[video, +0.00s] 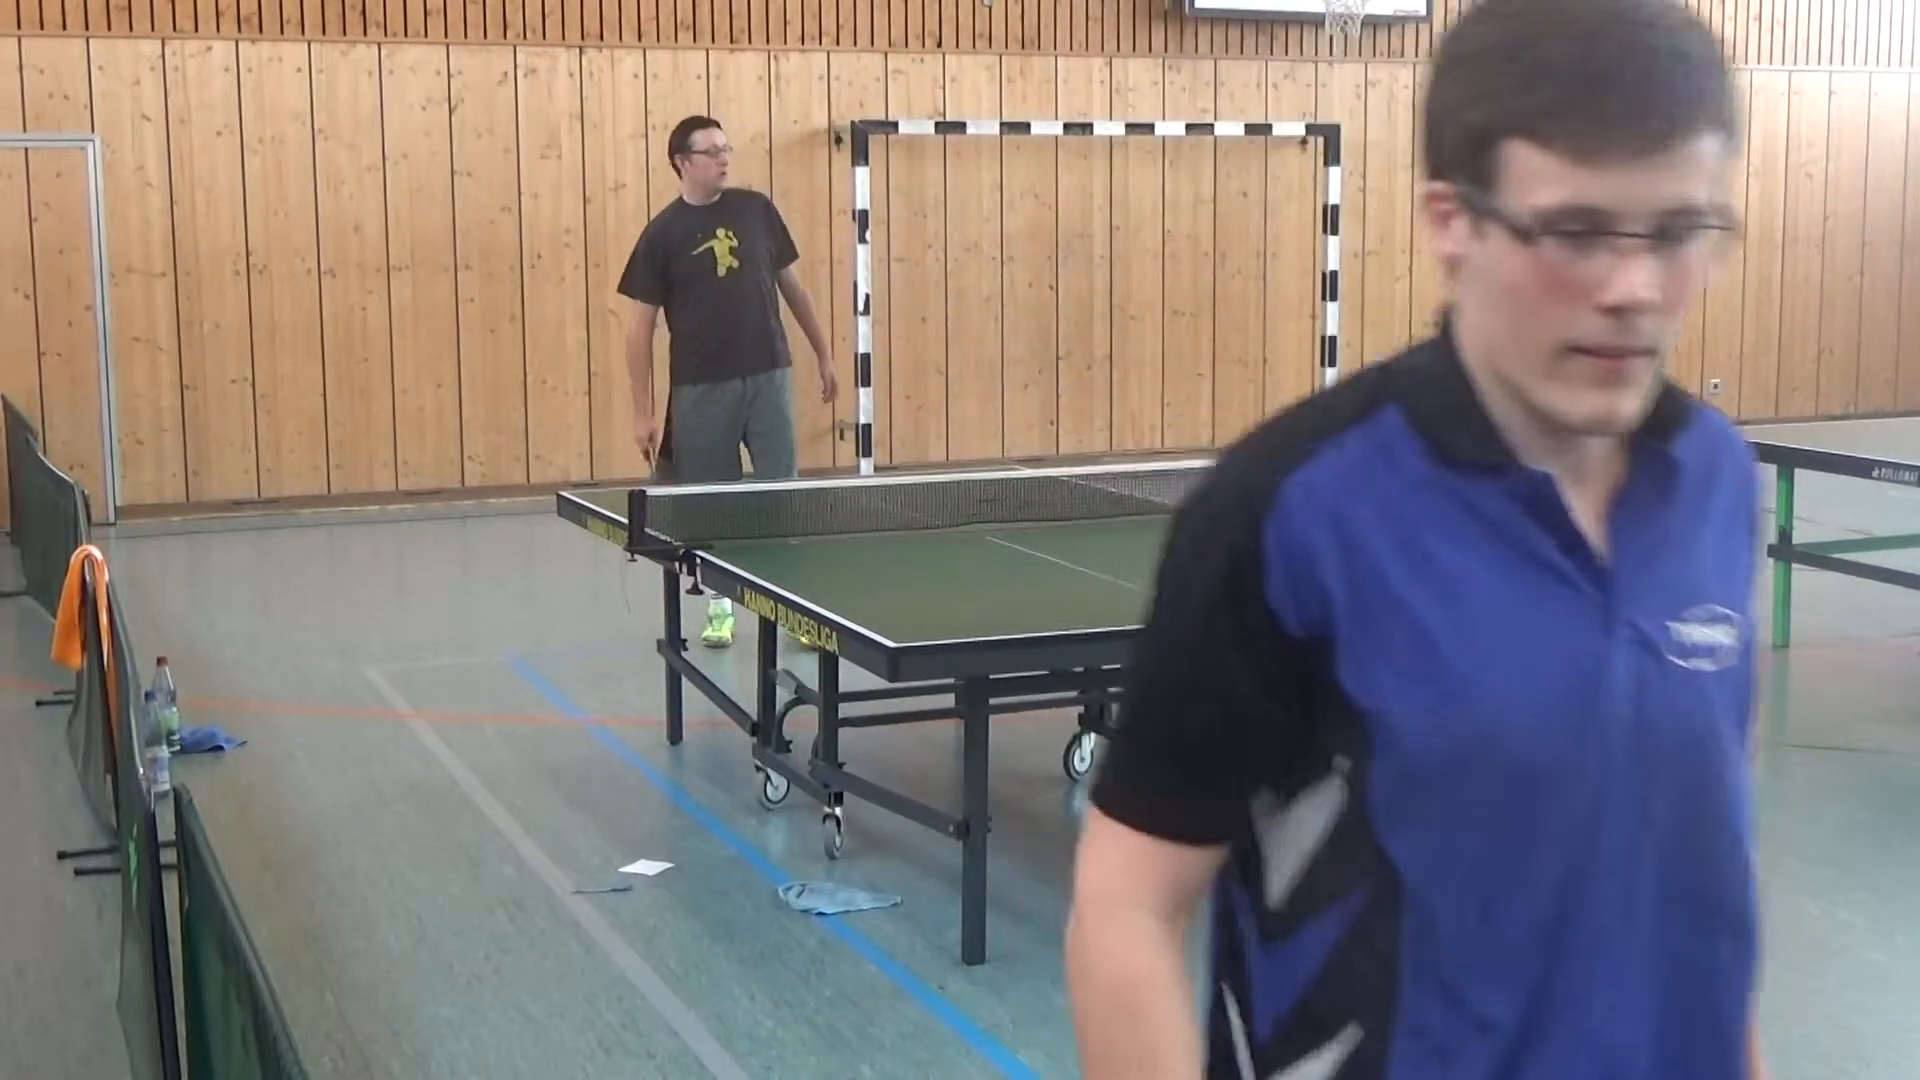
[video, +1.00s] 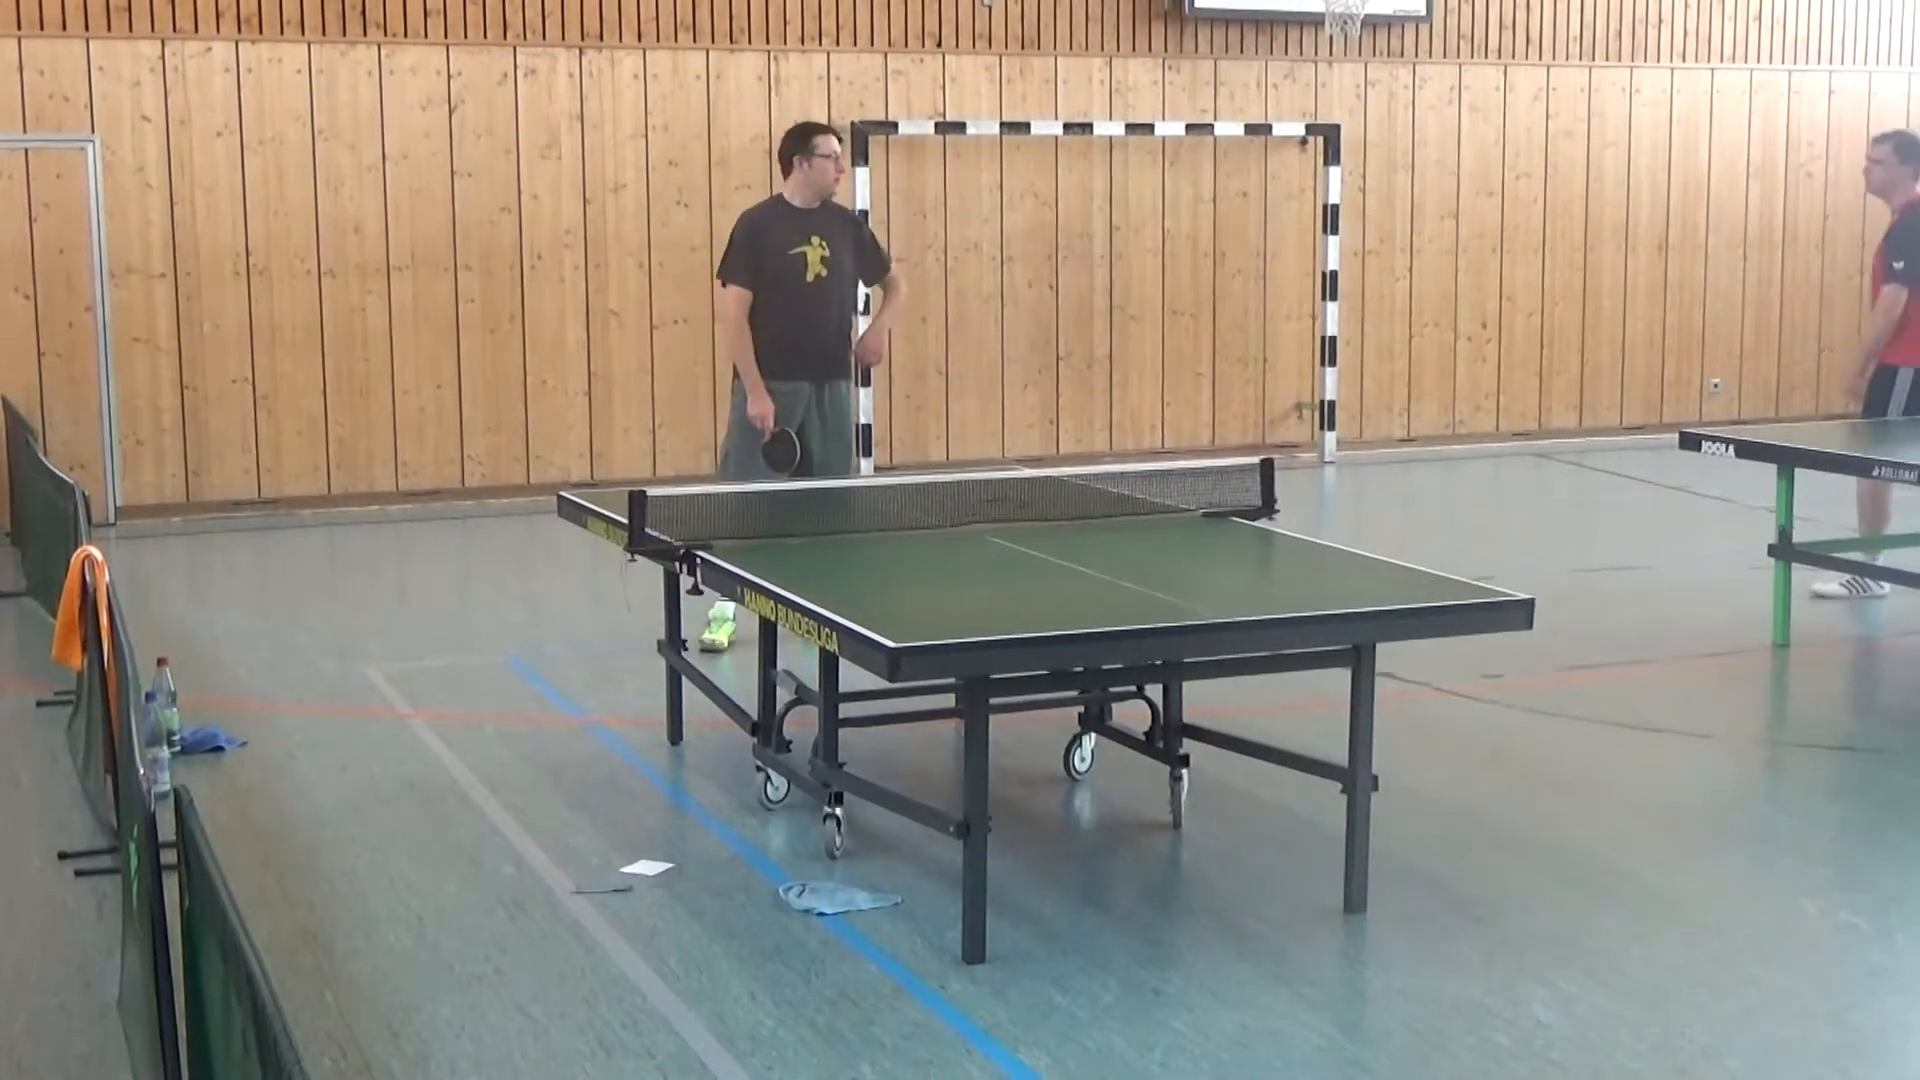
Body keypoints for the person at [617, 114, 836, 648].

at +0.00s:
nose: (724, 159)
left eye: (725, 150)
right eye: (711, 152)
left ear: (728, 156)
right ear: (681, 163)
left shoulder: (757, 208)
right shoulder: (661, 234)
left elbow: (792, 285)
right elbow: (641, 327)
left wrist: (824, 356)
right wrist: (644, 413)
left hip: (770, 381)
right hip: (701, 391)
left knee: (783, 498)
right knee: (708, 504)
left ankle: (796, 606)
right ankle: (719, 603)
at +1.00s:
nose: (840, 167)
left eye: (840, 158)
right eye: (831, 158)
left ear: (824, 166)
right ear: (797, 164)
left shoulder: (847, 224)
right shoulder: (755, 225)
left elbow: (892, 283)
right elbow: (733, 316)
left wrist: (880, 328)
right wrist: (756, 391)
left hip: (832, 391)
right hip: (766, 391)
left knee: (833, 508)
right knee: (742, 502)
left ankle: (829, 611)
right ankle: (724, 605)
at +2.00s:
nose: (834, 167)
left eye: (835, 158)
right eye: (824, 158)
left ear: (830, 166)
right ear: (792, 164)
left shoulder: (846, 223)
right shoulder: (755, 227)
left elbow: (890, 268)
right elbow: (732, 319)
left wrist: (858, 316)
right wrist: (755, 395)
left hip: (837, 390)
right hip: (773, 391)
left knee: (843, 509)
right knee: (748, 505)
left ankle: (841, 615)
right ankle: (727, 609)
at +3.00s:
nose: (811, 173)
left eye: (820, 165)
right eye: (801, 164)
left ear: (832, 168)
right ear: (784, 165)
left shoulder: (852, 225)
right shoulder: (756, 227)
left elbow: (902, 270)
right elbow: (731, 315)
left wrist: (866, 315)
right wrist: (749, 393)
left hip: (835, 392)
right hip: (768, 392)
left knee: (839, 510)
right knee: (744, 505)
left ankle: (837, 614)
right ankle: (728, 609)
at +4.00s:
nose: (803, 171)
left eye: (813, 162)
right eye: (793, 162)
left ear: (829, 165)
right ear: (781, 166)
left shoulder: (854, 224)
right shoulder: (757, 227)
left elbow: (910, 272)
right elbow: (722, 311)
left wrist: (871, 315)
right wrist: (753, 284)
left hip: (836, 386)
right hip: (768, 387)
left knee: (839, 506)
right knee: (748, 502)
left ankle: (838, 613)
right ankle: (729, 606)